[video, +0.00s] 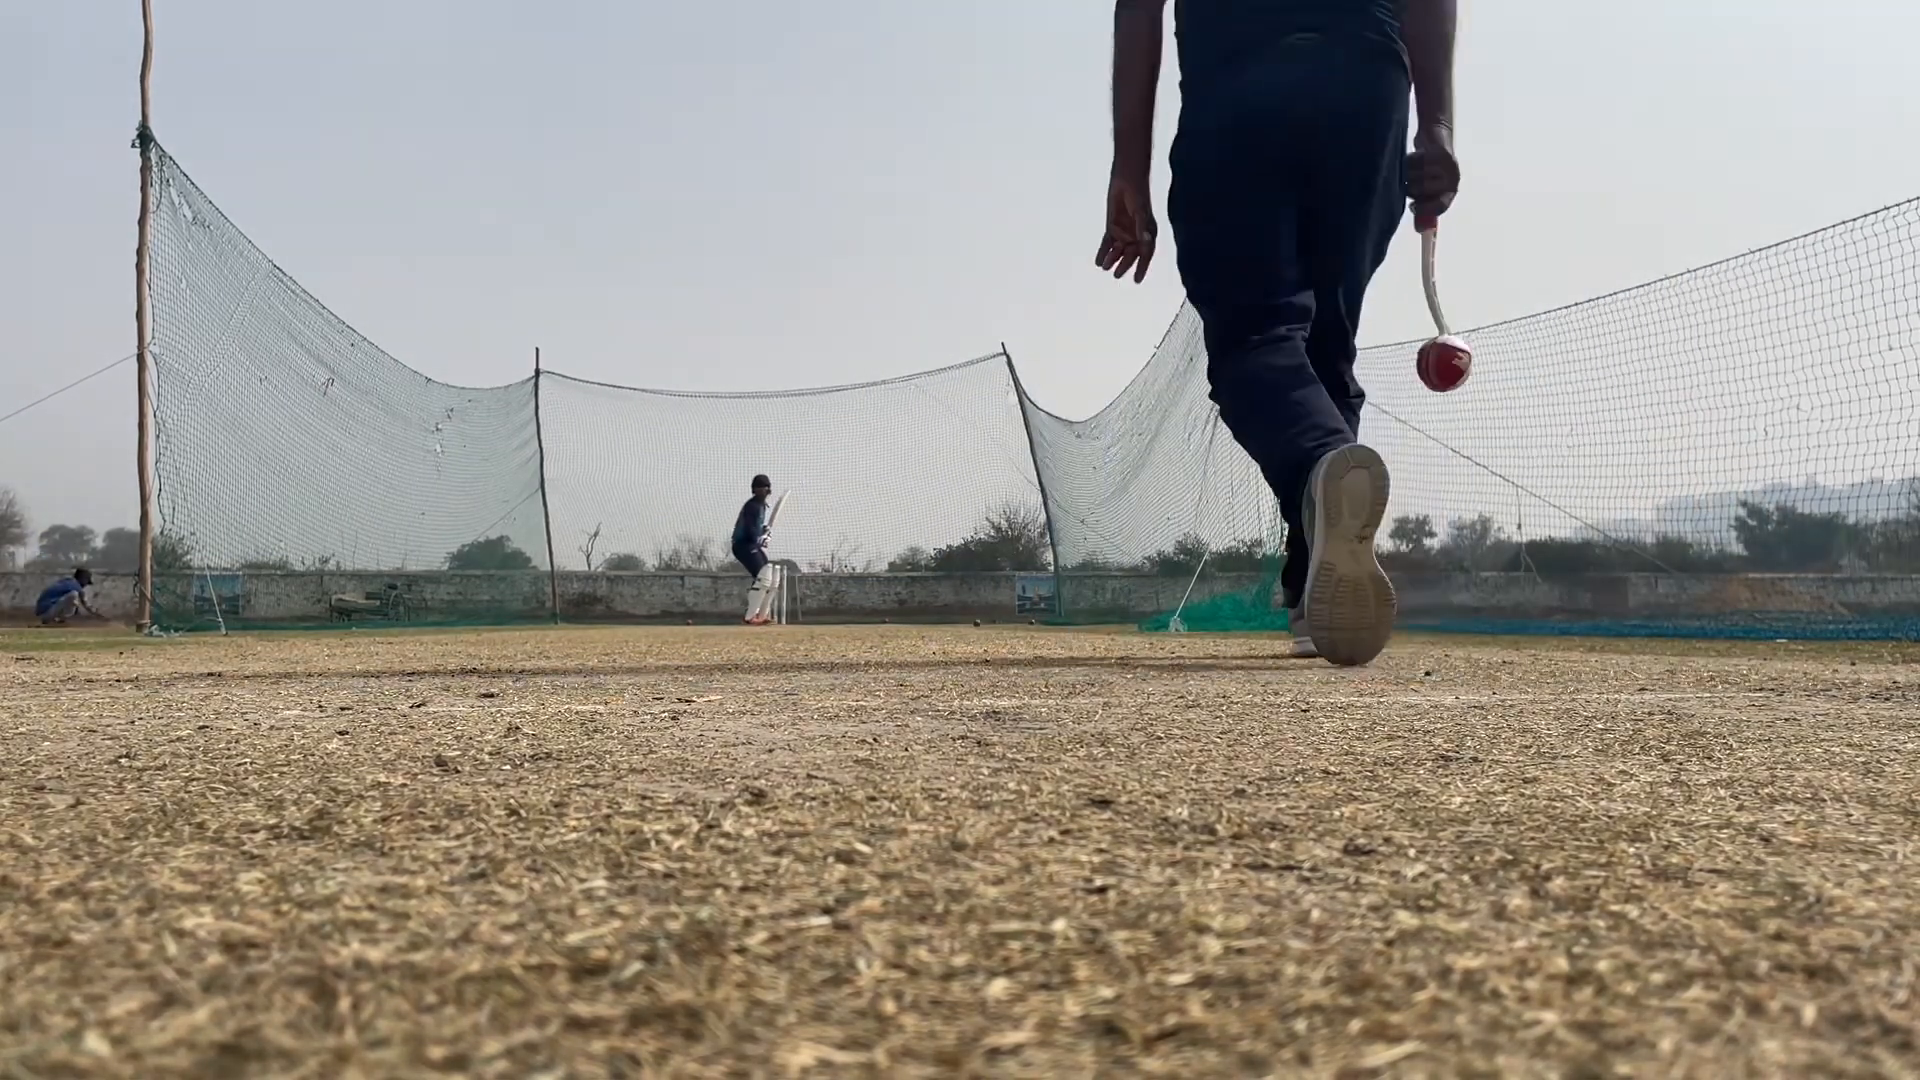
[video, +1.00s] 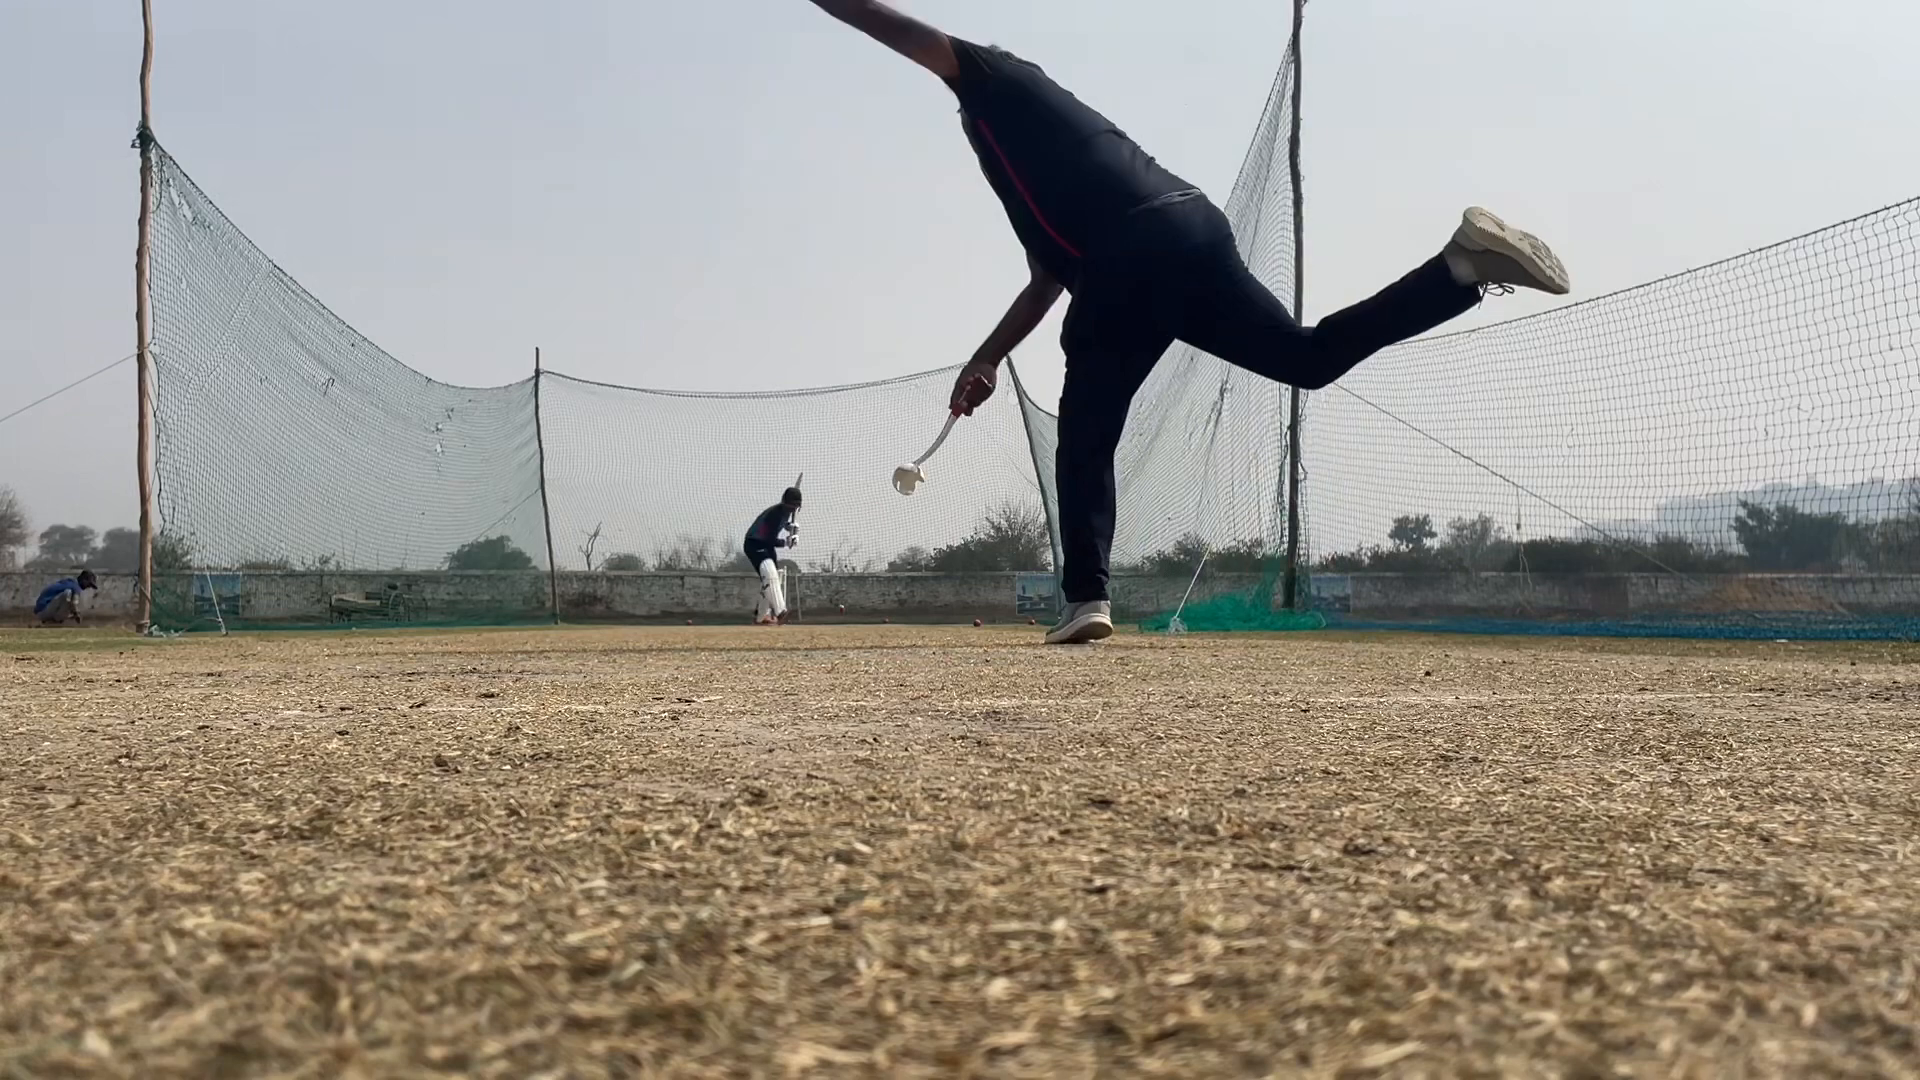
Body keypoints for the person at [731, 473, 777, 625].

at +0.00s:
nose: (767, 491)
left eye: (768, 487)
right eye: (763, 488)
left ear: (768, 489)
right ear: (755, 490)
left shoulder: (762, 506)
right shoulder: (753, 506)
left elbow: (760, 526)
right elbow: (751, 530)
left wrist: (764, 531)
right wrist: (760, 540)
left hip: (752, 543)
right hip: (742, 545)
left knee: (771, 575)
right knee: (763, 575)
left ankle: (762, 615)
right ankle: (750, 615)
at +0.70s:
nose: (782, 499)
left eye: (783, 496)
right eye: (779, 495)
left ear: (784, 497)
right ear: (770, 496)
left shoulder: (775, 512)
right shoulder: (763, 511)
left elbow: (770, 528)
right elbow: (756, 536)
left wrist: (775, 534)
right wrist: (767, 542)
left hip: (760, 546)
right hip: (748, 546)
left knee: (777, 576)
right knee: (767, 575)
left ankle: (763, 615)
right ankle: (751, 615)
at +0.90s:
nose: (787, 508)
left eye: (790, 505)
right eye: (784, 504)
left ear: (792, 505)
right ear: (778, 502)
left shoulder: (780, 513)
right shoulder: (771, 516)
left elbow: (780, 521)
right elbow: (764, 544)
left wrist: (786, 528)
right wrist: (781, 544)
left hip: (762, 543)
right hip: (751, 544)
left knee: (772, 575)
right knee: (767, 571)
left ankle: (763, 613)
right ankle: (769, 610)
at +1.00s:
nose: (793, 509)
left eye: (796, 506)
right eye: (791, 505)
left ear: (798, 505)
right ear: (785, 502)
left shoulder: (785, 511)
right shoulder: (776, 514)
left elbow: (783, 522)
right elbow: (770, 540)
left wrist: (789, 527)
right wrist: (785, 542)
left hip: (766, 543)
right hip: (755, 543)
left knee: (771, 577)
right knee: (770, 574)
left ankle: (762, 615)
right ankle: (780, 611)